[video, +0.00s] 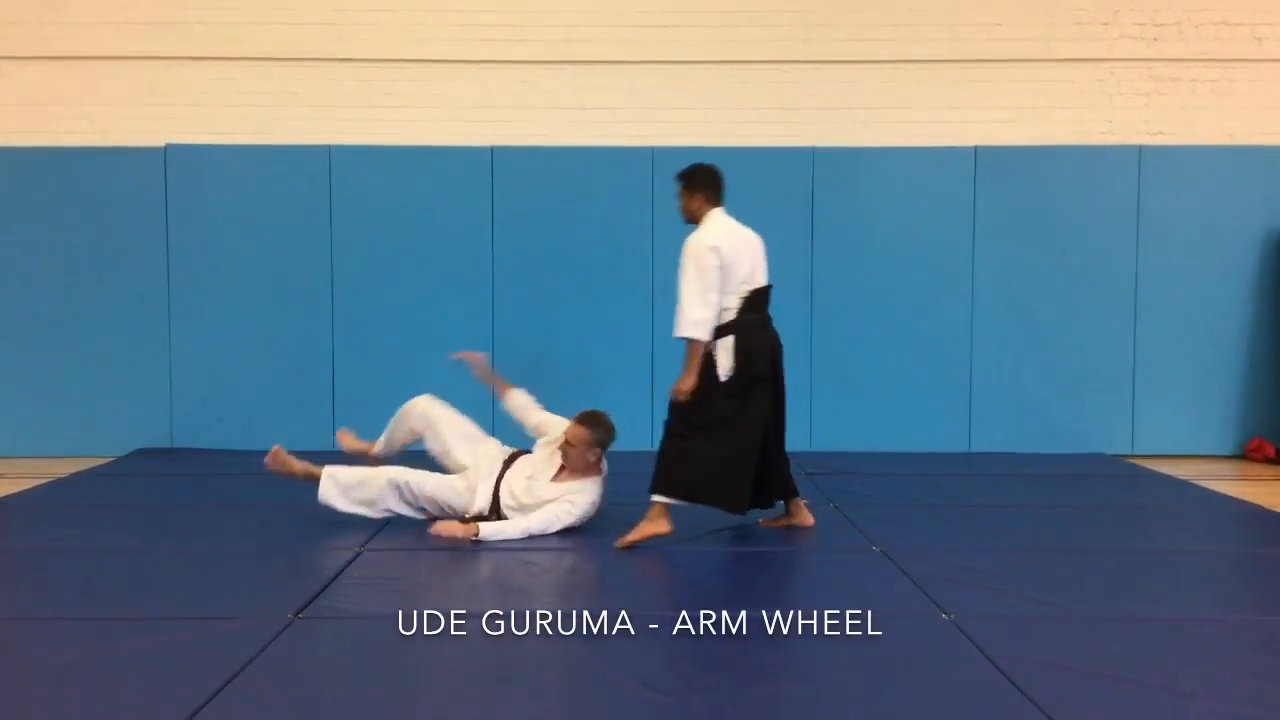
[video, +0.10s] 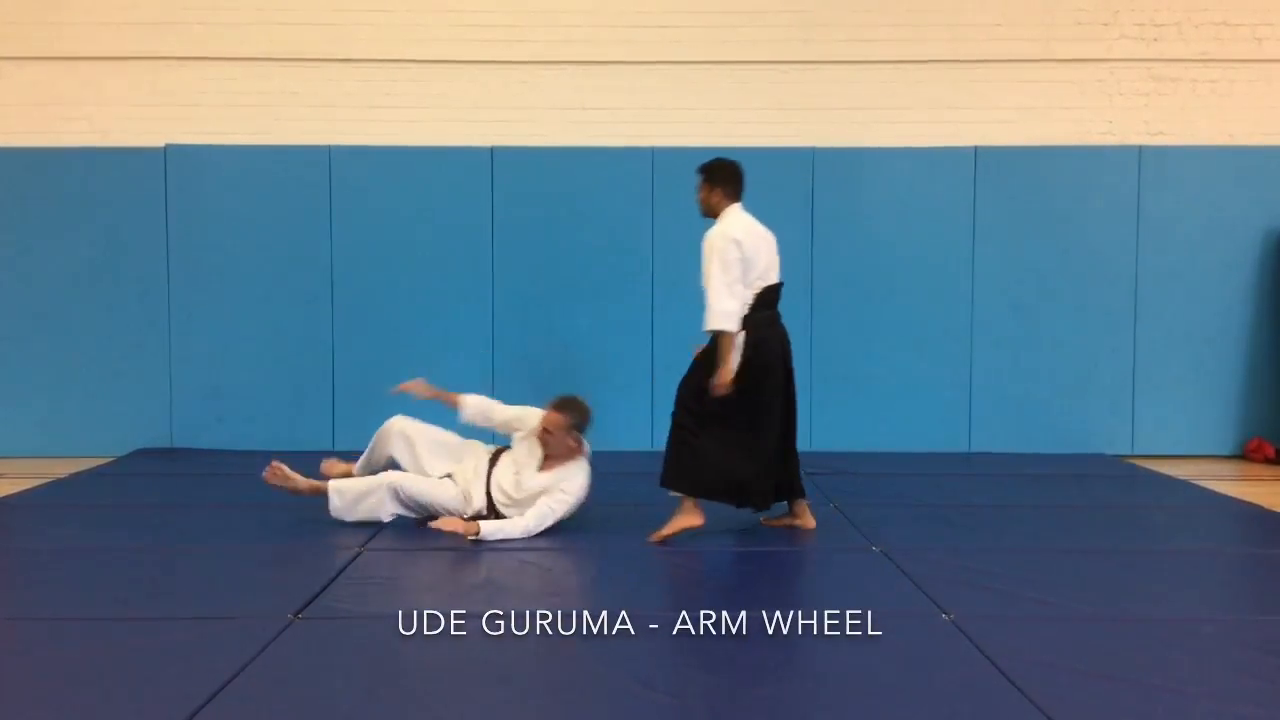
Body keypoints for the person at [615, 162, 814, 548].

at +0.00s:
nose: (679, 204)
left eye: (682, 196)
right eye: (680, 196)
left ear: (697, 197)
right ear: (715, 197)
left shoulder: (702, 242)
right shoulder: (748, 236)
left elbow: (701, 312)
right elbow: (755, 296)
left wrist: (690, 372)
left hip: (728, 346)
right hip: (762, 340)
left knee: (681, 418)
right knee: (765, 425)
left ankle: (658, 512)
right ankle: (795, 507)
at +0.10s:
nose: (698, 197)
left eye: (701, 190)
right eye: (699, 189)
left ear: (716, 191)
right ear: (733, 192)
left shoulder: (721, 235)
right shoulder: (761, 231)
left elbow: (726, 302)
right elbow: (761, 295)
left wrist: (725, 362)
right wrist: (718, 338)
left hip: (738, 337)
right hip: (771, 335)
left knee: (688, 412)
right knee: (775, 420)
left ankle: (688, 505)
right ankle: (799, 507)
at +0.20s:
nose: (708, 190)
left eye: (712, 184)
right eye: (710, 183)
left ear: (728, 187)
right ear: (742, 188)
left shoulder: (731, 230)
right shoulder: (766, 225)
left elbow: (743, 295)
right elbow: (753, 293)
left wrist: (746, 355)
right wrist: (713, 330)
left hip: (741, 334)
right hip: (771, 330)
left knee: (694, 411)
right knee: (782, 419)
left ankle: (707, 499)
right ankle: (801, 508)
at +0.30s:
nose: (712, 186)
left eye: (716, 179)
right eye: (714, 179)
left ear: (733, 184)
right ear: (744, 185)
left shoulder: (736, 226)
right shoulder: (763, 222)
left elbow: (749, 293)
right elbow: (752, 291)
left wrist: (748, 350)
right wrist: (710, 321)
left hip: (741, 334)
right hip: (769, 330)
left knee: (697, 408)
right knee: (784, 417)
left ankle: (709, 497)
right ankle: (802, 508)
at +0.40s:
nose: (708, 187)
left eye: (713, 180)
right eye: (710, 180)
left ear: (733, 185)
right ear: (739, 186)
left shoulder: (739, 226)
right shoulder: (752, 221)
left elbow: (747, 292)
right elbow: (745, 290)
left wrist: (739, 350)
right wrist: (707, 318)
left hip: (737, 335)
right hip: (762, 330)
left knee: (694, 410)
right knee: (779, 417)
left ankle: (694, 500)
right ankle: (801, 508)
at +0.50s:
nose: (697, 191)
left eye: (704, 184)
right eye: (699, 184)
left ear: (727, 189)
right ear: (728, 190)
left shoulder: (733, 230)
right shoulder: (738, 225)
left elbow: (739, 296)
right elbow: (730, 289)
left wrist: (728, 352)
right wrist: (698, 318)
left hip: (729, 338)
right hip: (752, 335)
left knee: (687, 417)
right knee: (776, 420)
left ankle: (679, 503)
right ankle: (800, 508)